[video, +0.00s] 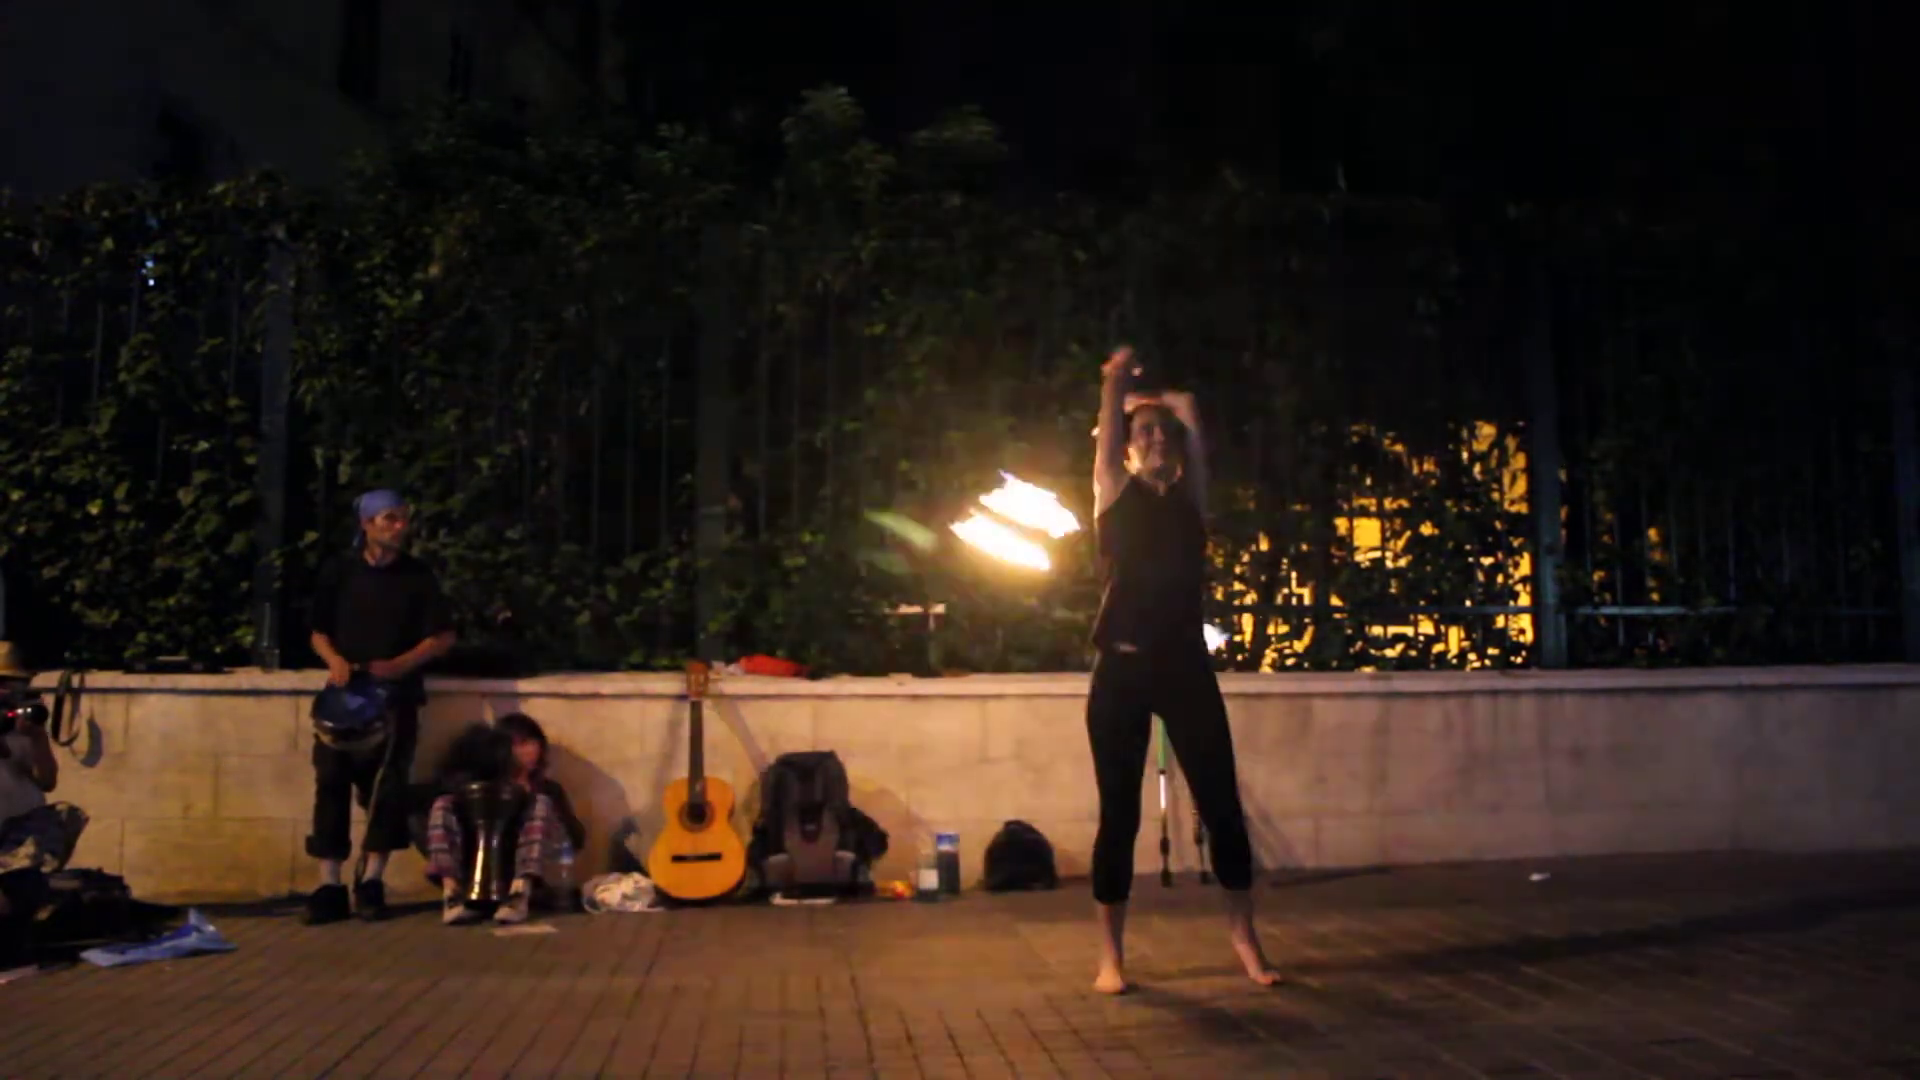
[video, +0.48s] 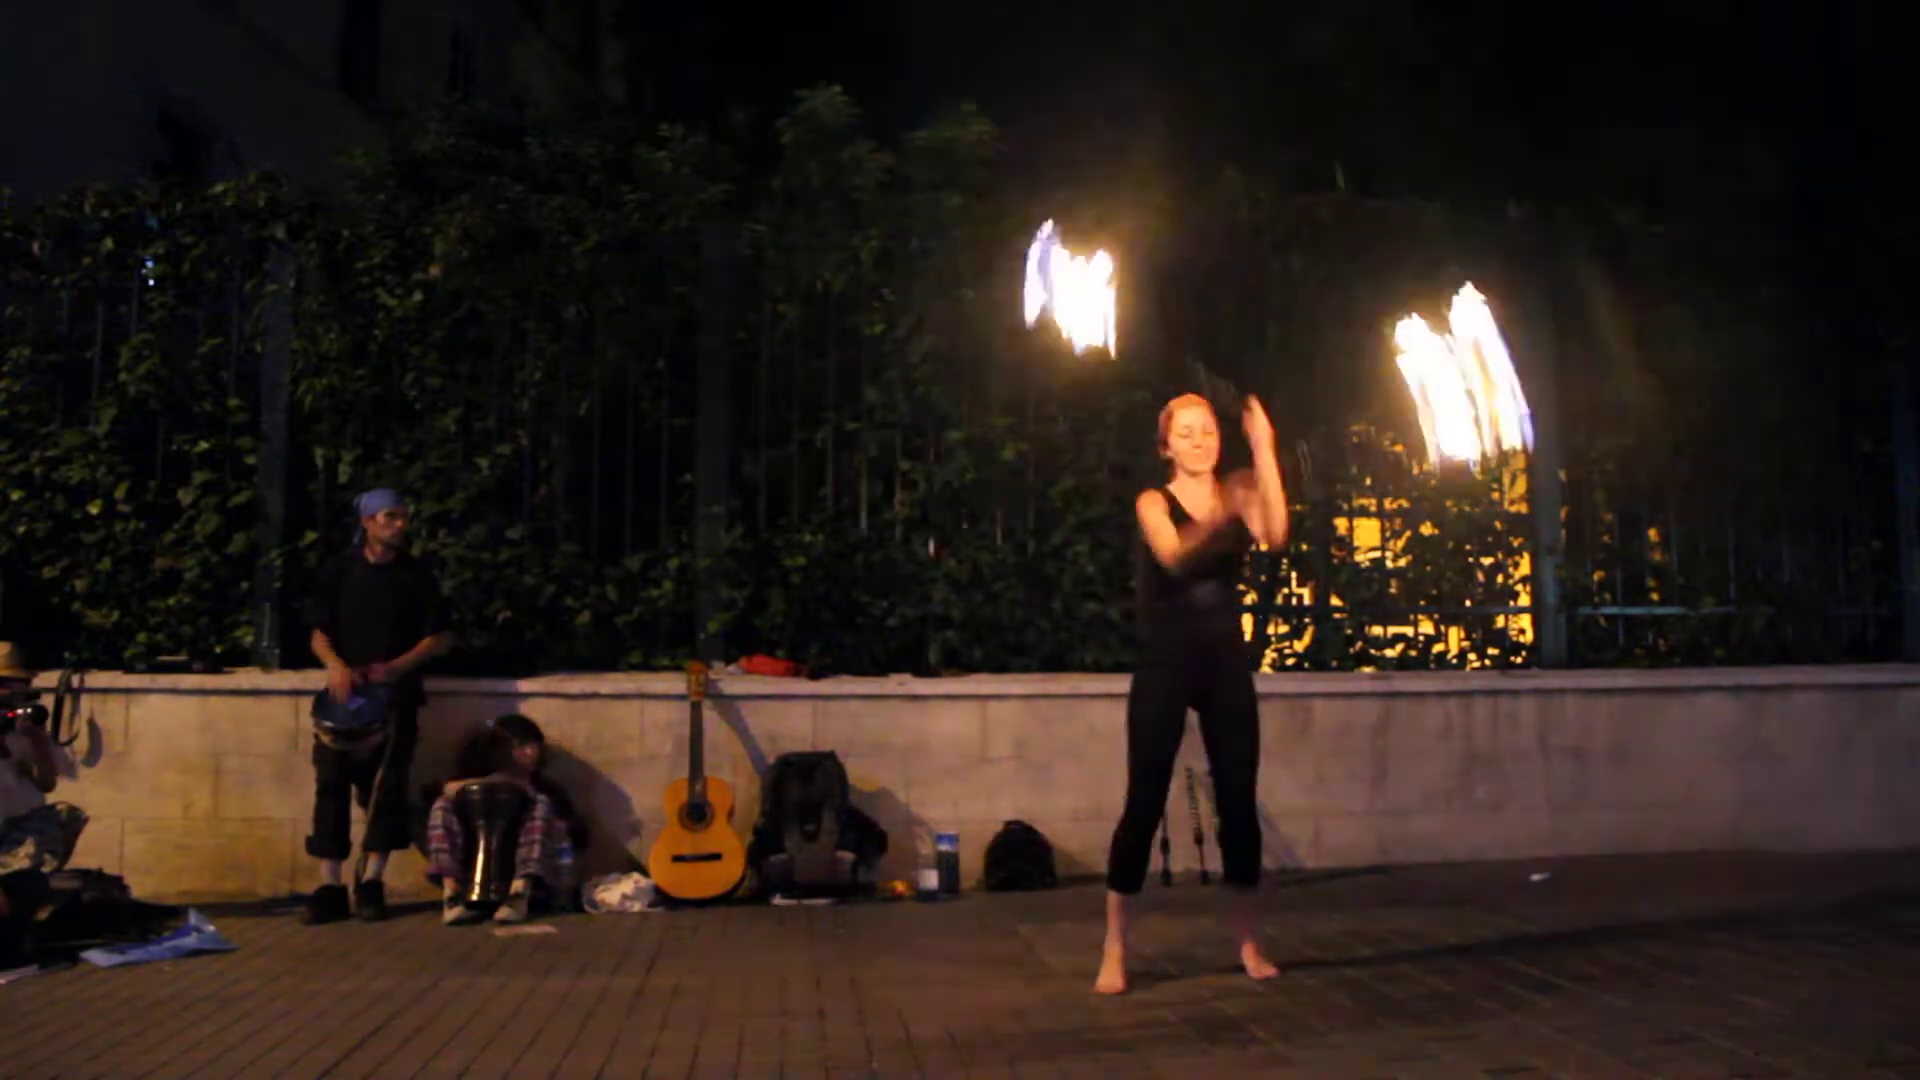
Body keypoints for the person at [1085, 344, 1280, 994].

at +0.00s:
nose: (1151, 438)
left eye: (1161, 428)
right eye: (1140, 430)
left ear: (1177, 439)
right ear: (1125, 442)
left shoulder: (1191, 497)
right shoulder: (1114, 495)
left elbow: (1192, 417)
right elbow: (1108, 435)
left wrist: (1150, 397)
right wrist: (1112, 383)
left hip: (1186, 665)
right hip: (1121, 669)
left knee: (1222, 804)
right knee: (1119, 814)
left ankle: (1244, 934)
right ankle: (1111, 953)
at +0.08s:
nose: (1158, 436)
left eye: (1167, 428)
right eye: (1146, 428)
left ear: (1182, 441)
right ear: (1130, 442)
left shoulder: (1194, 492)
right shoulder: (1115, 486)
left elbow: (1188, 392)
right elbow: (1112, 412)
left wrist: (1123, 374)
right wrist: (1108, 352)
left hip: (1189, 660)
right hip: (1124, 663)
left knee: (1223, 798)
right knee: (1119, 808)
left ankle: (1248, 934)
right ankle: (1111, 951)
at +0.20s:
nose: (1163, 426)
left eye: (1172, 416)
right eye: (1150, 417)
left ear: (1186, 430)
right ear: (1132, 431)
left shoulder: (1199, 488)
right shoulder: (1121, 484)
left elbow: (1203, 403)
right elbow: (1120, 396)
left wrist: (1172, 357)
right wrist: (1125, 319)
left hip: (1195, 657)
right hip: (1129, 660)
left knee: (1227, 795)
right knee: (1123, 803)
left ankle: (1249, 932)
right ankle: (1109, 947)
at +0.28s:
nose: (1169, 429)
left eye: (1178, 421)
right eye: (1159, 422)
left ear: (1194, 434)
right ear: (1144, 435)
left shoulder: (1209, 490)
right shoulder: (1129, 488)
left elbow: (1210, 408)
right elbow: (1135, 417)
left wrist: (1186, 337)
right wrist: (1154, 333)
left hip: (1204, 658)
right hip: (1139, 660)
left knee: (1230, 798)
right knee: (1127, 804)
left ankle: (1248, 936)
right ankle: (1108, 948)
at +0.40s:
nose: (1183, 436)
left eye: (1190, 426)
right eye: (1171, 428)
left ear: (1206, 434)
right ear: (1152, 439)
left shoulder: (1223, 497)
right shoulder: (1139, 494)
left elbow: (1252, 481)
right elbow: (1161, 502)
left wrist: (1235, 401)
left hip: (1216, 669)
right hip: (1151, 672)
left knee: (1235, 803)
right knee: (1138, 805)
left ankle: (1247, 939)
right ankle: (1112, 946)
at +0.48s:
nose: (1199, 438)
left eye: (1207, 429)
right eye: (1186, 431)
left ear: (1221, 440)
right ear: (1167, 443)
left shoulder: (1238, 492)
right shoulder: (1154, 502)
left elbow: (1274, 533)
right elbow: (1172, 556)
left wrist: (1264, 450)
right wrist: (1218, 520)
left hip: (1226, 668)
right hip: (1164, 669)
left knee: (1239, 801)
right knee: (1143, 804)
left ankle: (1247, 937)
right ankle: (1114, 944)